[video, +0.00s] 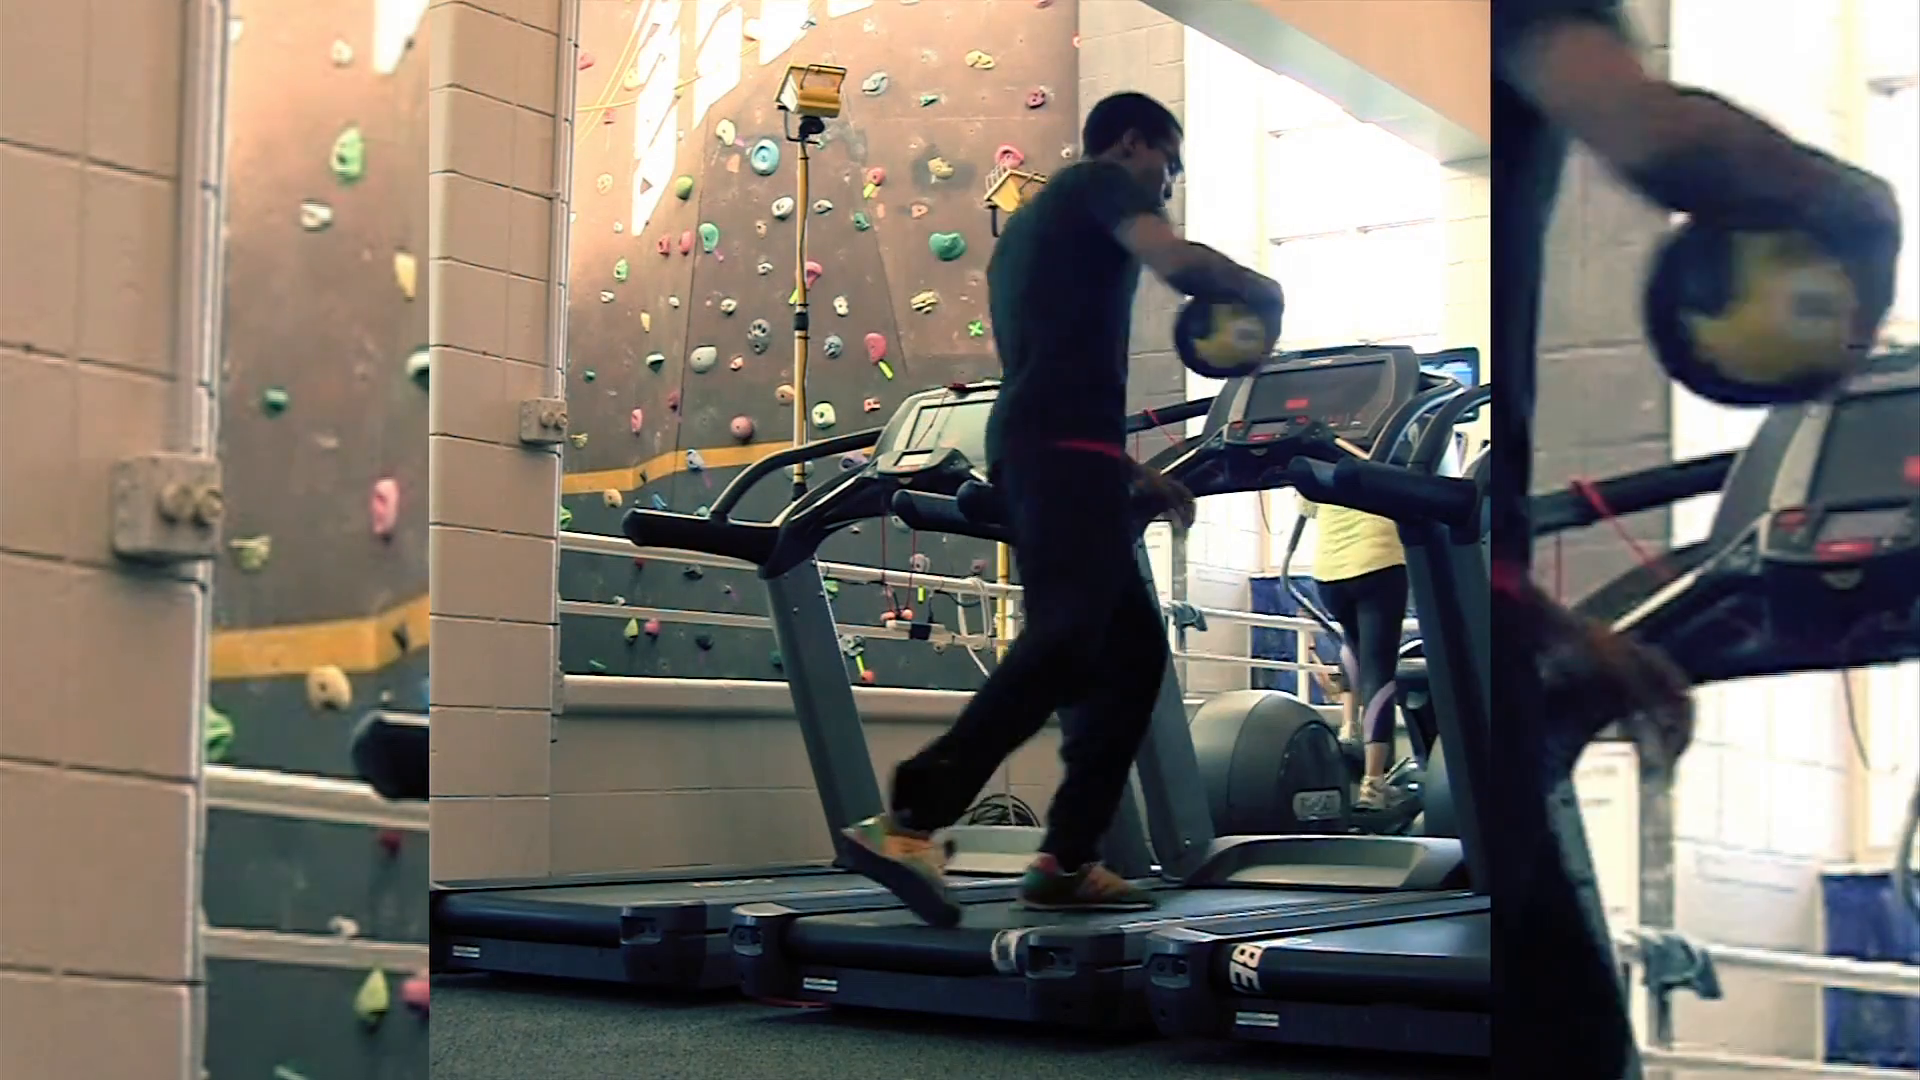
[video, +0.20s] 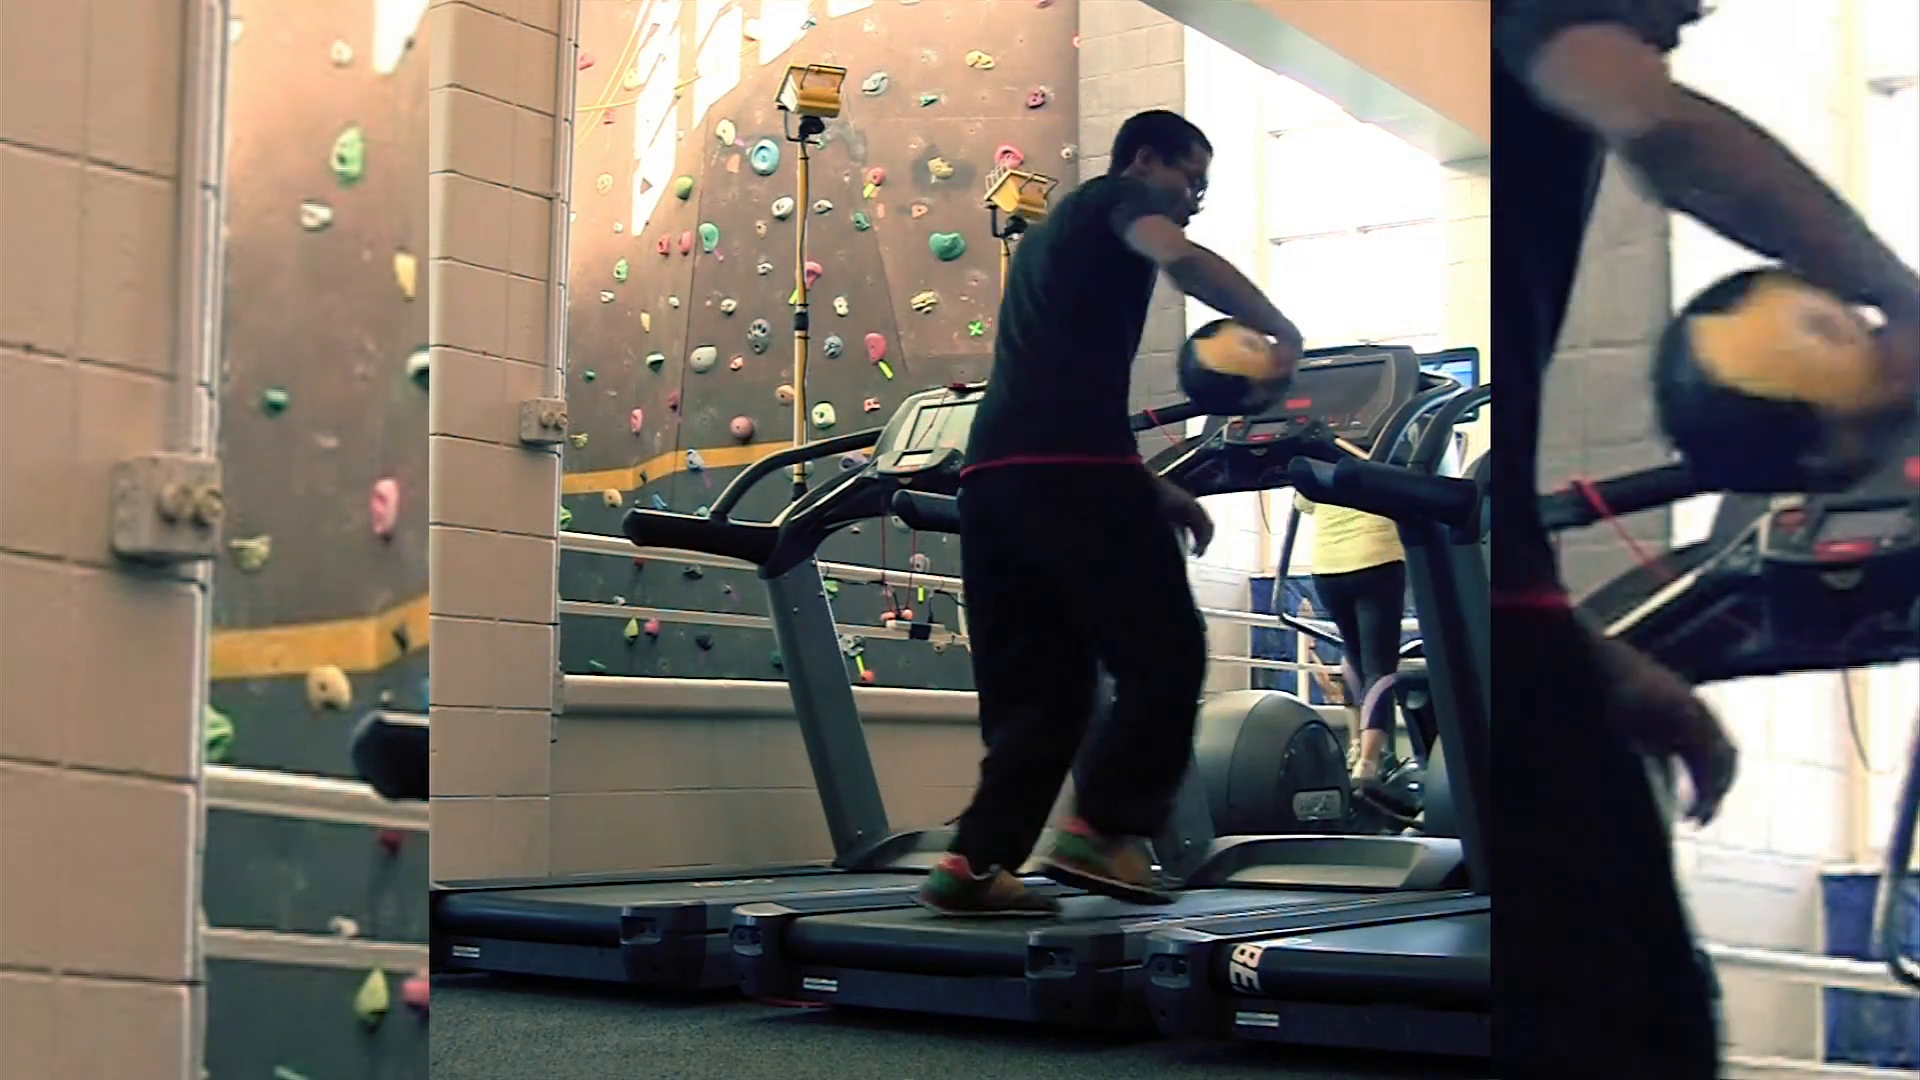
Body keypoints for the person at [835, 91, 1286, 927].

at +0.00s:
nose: (1166, 180)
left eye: (1169, 169)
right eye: (1163, 164)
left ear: (1100, 143)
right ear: (1130, 142)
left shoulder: (1034, 221)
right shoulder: (1102, 181)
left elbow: (1050, 385)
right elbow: (1172, 259)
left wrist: (1131, 474)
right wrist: (1260, 286)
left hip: (1036, 453)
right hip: (1067, 449)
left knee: (1135, 653)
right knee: (1068, 638)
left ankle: (1068, 858)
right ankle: (909, 820)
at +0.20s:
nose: (1197, 200)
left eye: (1201, 187)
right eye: (1192, 181)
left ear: (1132, 161)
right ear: (1146, 157)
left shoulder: (1042, 237)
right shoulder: (1117, 195)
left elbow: (1063, 397)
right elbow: (1175, 254)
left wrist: (1156, 486)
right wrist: (1279, 324)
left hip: (997, 481)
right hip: (1078, 474)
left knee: (1042, 685)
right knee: (1167, 653)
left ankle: (977, 857)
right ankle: (1103, 831)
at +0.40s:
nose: (1233, 179)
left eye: (1242, 168)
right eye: (1220, 161)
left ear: (1234, 174)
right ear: (1173, 155)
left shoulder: (1149, 235)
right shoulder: (1141, 217)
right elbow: (1026, 252)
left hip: (1079, 491)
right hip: (1117, 490)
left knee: (1102, 680)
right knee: (1208, 655)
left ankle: (949, 766)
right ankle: (1151, 858)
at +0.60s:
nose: (1161, 70)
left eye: (1177, 56)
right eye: (1148, 52)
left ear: (1196, 63)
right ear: (1122, 52)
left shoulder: (1183, 167)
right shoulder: (1064, 131)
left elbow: (1144, 278)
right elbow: (961, 211)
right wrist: (955, 346)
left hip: (1161, 398)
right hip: (1076, 401)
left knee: (1251, 536)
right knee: (1092, 613)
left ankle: (1096, 581)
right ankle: (1078, 847)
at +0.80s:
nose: (1006, 17)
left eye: (1017, 5)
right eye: (997, 10)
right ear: (997, 14)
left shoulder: (1150, 53)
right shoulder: (991, 85)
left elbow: (1254, 102)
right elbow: (1001, 197)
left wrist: (1307, 196)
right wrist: (1021, 292)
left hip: (1141, 320)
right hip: (1041, 309)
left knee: (1119, 533)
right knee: (981, 401)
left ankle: (1161, 711)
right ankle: (1020, 593)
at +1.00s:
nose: (937, 118)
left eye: (947, 100)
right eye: (936, 103)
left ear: (995, 93)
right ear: (989, 100)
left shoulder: (1068, 138)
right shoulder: (1012, 188)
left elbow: (1216, 132)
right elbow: (1047, 299)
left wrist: (1270, 202)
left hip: (1109, 411)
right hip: (1039, 409)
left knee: (1076, 610)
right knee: (910, 507)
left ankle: (1130, 847)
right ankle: (1051, 607)